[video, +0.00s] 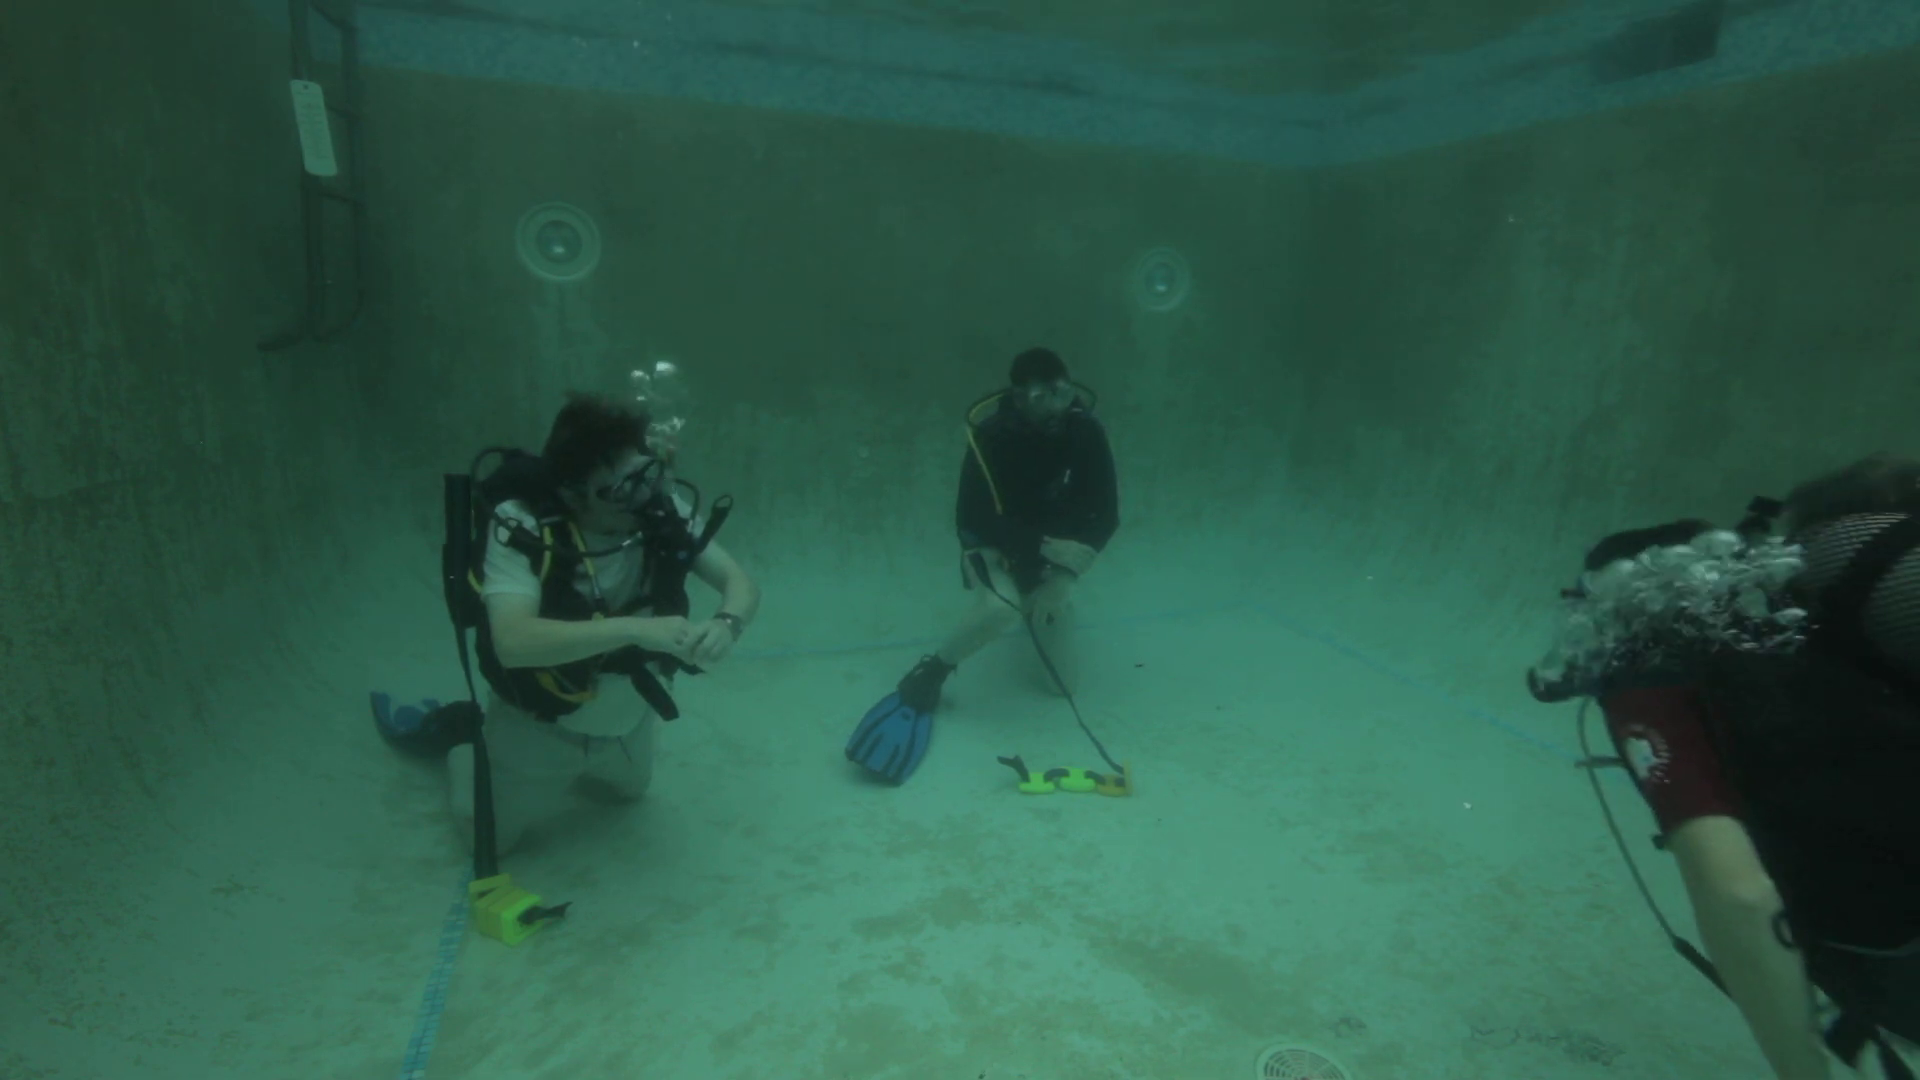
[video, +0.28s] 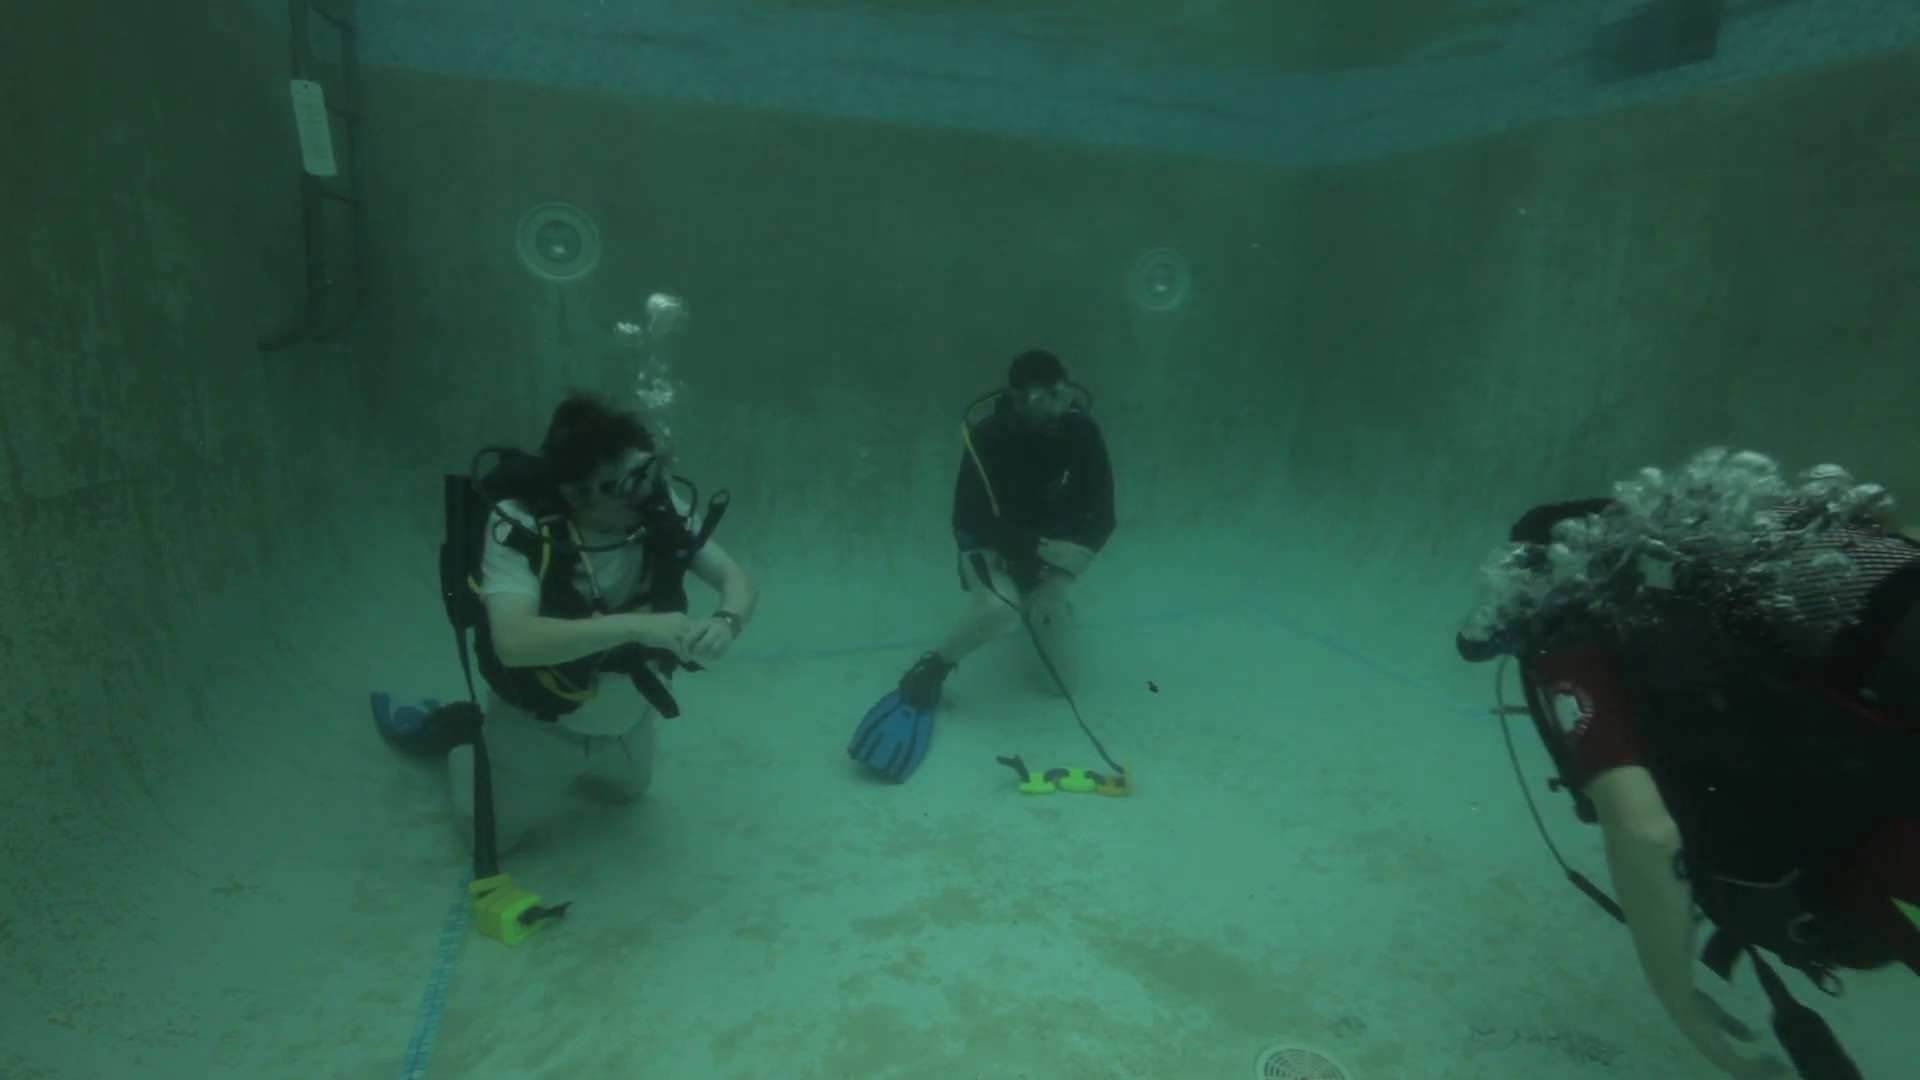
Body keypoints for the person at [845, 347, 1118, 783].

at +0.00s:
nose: (1054, 405)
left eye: (1060, 393)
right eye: (1042, 396)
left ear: (1070, 391)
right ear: (1018, 396)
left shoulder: (1085, 431)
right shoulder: (992, 433)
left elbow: (1105, 513)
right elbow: (976, 517)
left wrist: (1061, 578)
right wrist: (1048, 546)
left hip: (1058, 544)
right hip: (998, 541)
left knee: (1062, 677)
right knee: (1002, 606)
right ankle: (930, 673)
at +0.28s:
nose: (1054, 408)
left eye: (1059, 396)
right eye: (1042, 399)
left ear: (1068, 392)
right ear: (1017, 399)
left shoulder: (1082, 431)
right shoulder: (989, 435)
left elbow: (1101, 514)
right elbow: (974, 519)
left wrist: (1058, 583)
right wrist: (1042, 548)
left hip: (1055, 550)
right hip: (994, 544)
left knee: (1063, 673)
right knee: (1000, 606)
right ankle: (931, 670)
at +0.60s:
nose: (1050, 407)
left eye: (1054, 396)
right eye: (1040, 398)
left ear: (1063, 393)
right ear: (1016, 398)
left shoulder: (1077, 431)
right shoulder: (987, 434)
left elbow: (1098, 512)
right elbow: (973, 520)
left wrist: (1059, 579)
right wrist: (1035, 554)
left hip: (1052, 548)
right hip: (991, 544)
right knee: (998, 607)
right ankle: (930, 673)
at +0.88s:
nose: (1055, 405)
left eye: (1055, 395)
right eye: (1044, 398)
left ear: (1058, 391)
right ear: (1015, 400)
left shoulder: (1074, 432)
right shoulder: (984, 436)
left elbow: (1095, 514)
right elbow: (976, 522)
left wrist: (1055, 583)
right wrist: (1036, 556)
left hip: (1050, 548)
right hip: (989, 545)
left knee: (1064, 677)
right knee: (998, 607)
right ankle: (932, 673)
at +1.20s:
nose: (1051, 412)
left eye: (1053, 401)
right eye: (1041, 403)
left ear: (1056, 396)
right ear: (1011, 400)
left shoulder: (1069, 432)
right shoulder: (979, 438)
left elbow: (1092, 514)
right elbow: (972, 524)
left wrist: (1053, 582)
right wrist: (1038, 551)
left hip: (1045, 549)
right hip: (984, 546)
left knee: (1061, 678)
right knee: (998, 607)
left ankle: (1047, 605)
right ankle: (932, 672)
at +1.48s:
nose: (1032, 410)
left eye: (1038, 398)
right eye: (1022, 401)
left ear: (1049, 393)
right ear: (1001, 401)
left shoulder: (1066, 433)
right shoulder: (976, 439)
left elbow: (1090, 513)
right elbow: (966, 523)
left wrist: (1049, 583)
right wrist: (1033, 549)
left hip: (1043, 552)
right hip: (983, 547)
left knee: (1060, 677)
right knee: (993, 608)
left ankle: (1044, 605)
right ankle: (933, 673)